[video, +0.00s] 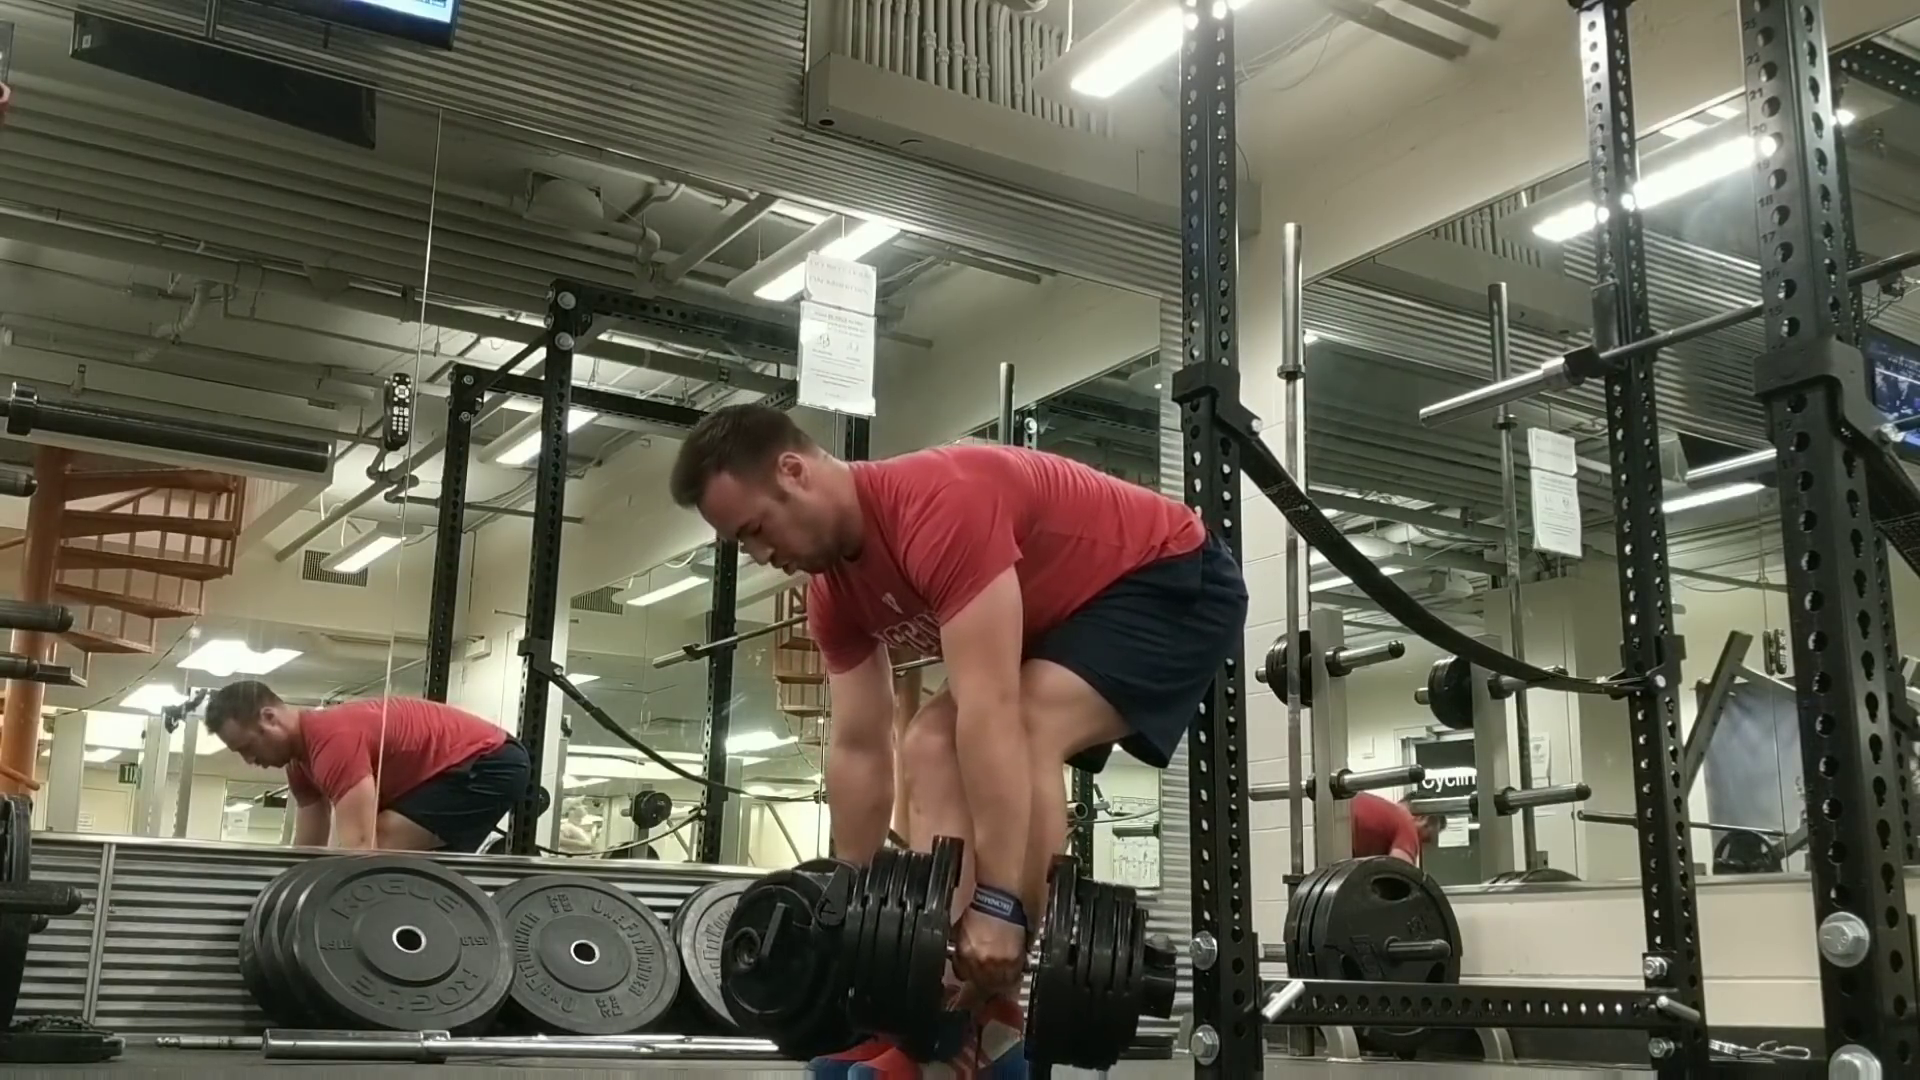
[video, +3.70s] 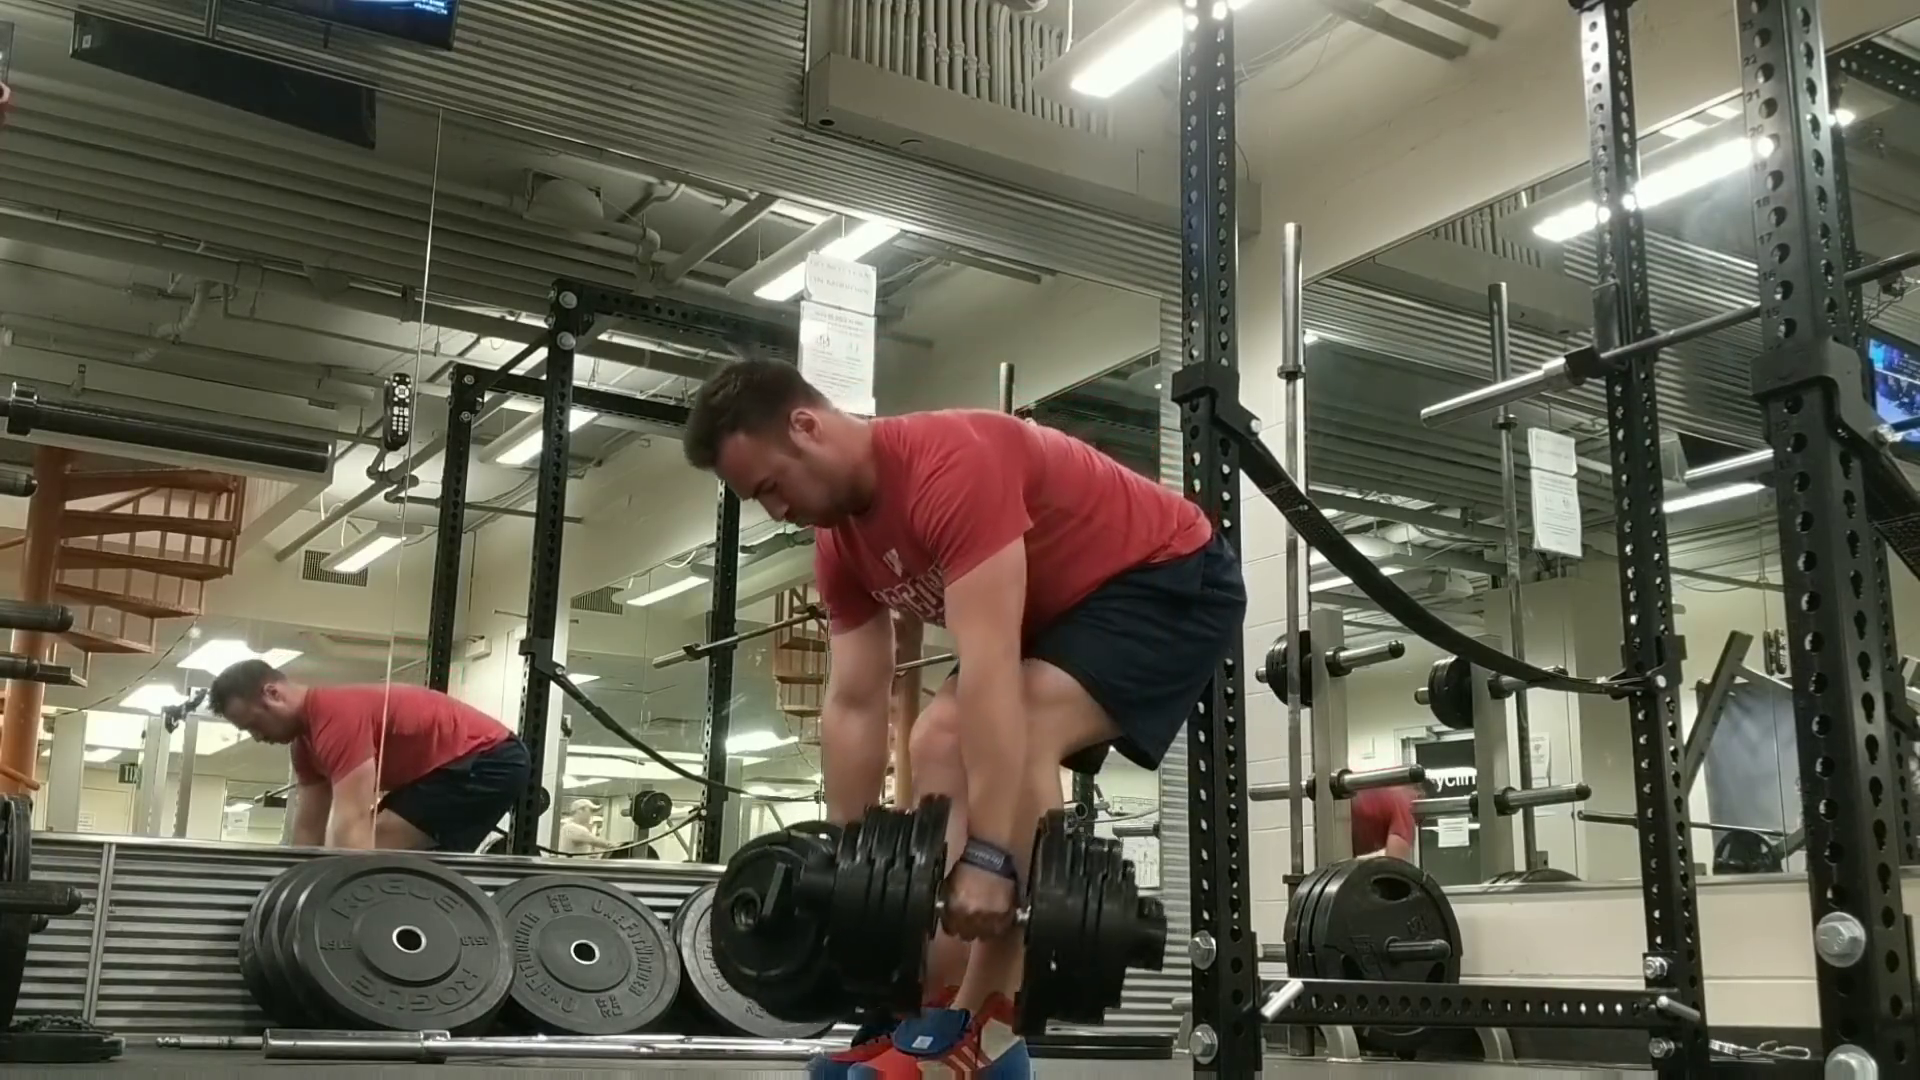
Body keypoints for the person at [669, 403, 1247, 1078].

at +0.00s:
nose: (757, 557)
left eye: (755, 530)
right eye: (742, 545)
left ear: (797, 470)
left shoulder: (944, 505)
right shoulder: (837, 591)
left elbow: (992, 703)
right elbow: (858, 746)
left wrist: (1001, 905)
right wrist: (850, 912)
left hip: (1169, 581)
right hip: (1062, 615)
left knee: (1021, 725)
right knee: (929, 738)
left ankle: (994, 1024)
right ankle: (927, 1021)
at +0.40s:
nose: (773, 510)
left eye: (767, 484)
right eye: (756, 499)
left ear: (804, 423)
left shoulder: (952, 456)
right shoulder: (846, 538)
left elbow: (1043, 624)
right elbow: (883, 684)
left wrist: (1040, 808)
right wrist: (876, 844)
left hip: (1166, 578)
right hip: (1054, 603)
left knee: (1009, 732)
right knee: (942, 733)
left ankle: (993, 1020)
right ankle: (943, 1003)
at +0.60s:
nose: (796, 478)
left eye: (788, 455)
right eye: (778, 471)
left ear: (816, 391)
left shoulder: (967, 412)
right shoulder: (857, 509)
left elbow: (1094, 548)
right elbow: (906, 631)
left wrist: (1088, 721)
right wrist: (896, 769)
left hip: (1163, 572)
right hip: (1040, 604)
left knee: (1020, 764)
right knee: (948, 757)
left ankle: (988, 1020)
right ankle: (941, 1004)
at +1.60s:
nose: (794, 482)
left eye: (785, 459)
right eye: (775, 475)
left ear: (812, 394)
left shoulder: (965, 420)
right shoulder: (853, 512)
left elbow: (1026, 602)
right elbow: (874, 665)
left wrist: (1029, 786)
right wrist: (864, 821)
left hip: (1164, 574)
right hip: (1053, 603)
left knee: (1018, 741)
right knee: (930, 747)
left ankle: (991, 1018)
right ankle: (942, 1000)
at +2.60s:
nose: (819, 453)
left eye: (810, 432)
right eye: (800, 447)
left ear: (834, 366)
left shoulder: (985, 382)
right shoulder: (865, 475)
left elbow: (1107, 524)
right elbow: (915, 595)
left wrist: (1097, 691)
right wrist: (904, 735)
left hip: (1159, 563)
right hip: (1038, 594)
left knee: (1026, 752)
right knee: (956, 746)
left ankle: (991, 1014)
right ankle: (942, 1000)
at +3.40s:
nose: (808, 477)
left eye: (798, 457)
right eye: (790, 471)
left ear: (823, 390)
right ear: (823, 393)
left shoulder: (976, 407)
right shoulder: (857, 493)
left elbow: (1051, 590)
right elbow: (885, 641)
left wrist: (1055, 774)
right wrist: (872, 794)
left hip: (1163, 570)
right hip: (1043, 596)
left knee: (1028, 743)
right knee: (947, 746)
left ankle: (989, 1018)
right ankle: (944, 999)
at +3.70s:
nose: (773, 512)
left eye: (769, 487)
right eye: (757, 500)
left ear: (807, 426)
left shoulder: (955, 465)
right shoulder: (845, 546)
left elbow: (989, 667)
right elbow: (855, 704)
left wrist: (991, 854)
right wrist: (848, 866)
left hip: (1167, 578)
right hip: (1062, 611)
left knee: (1012, 735)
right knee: (939, 739)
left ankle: (992, 1027)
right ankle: (936, 1016)